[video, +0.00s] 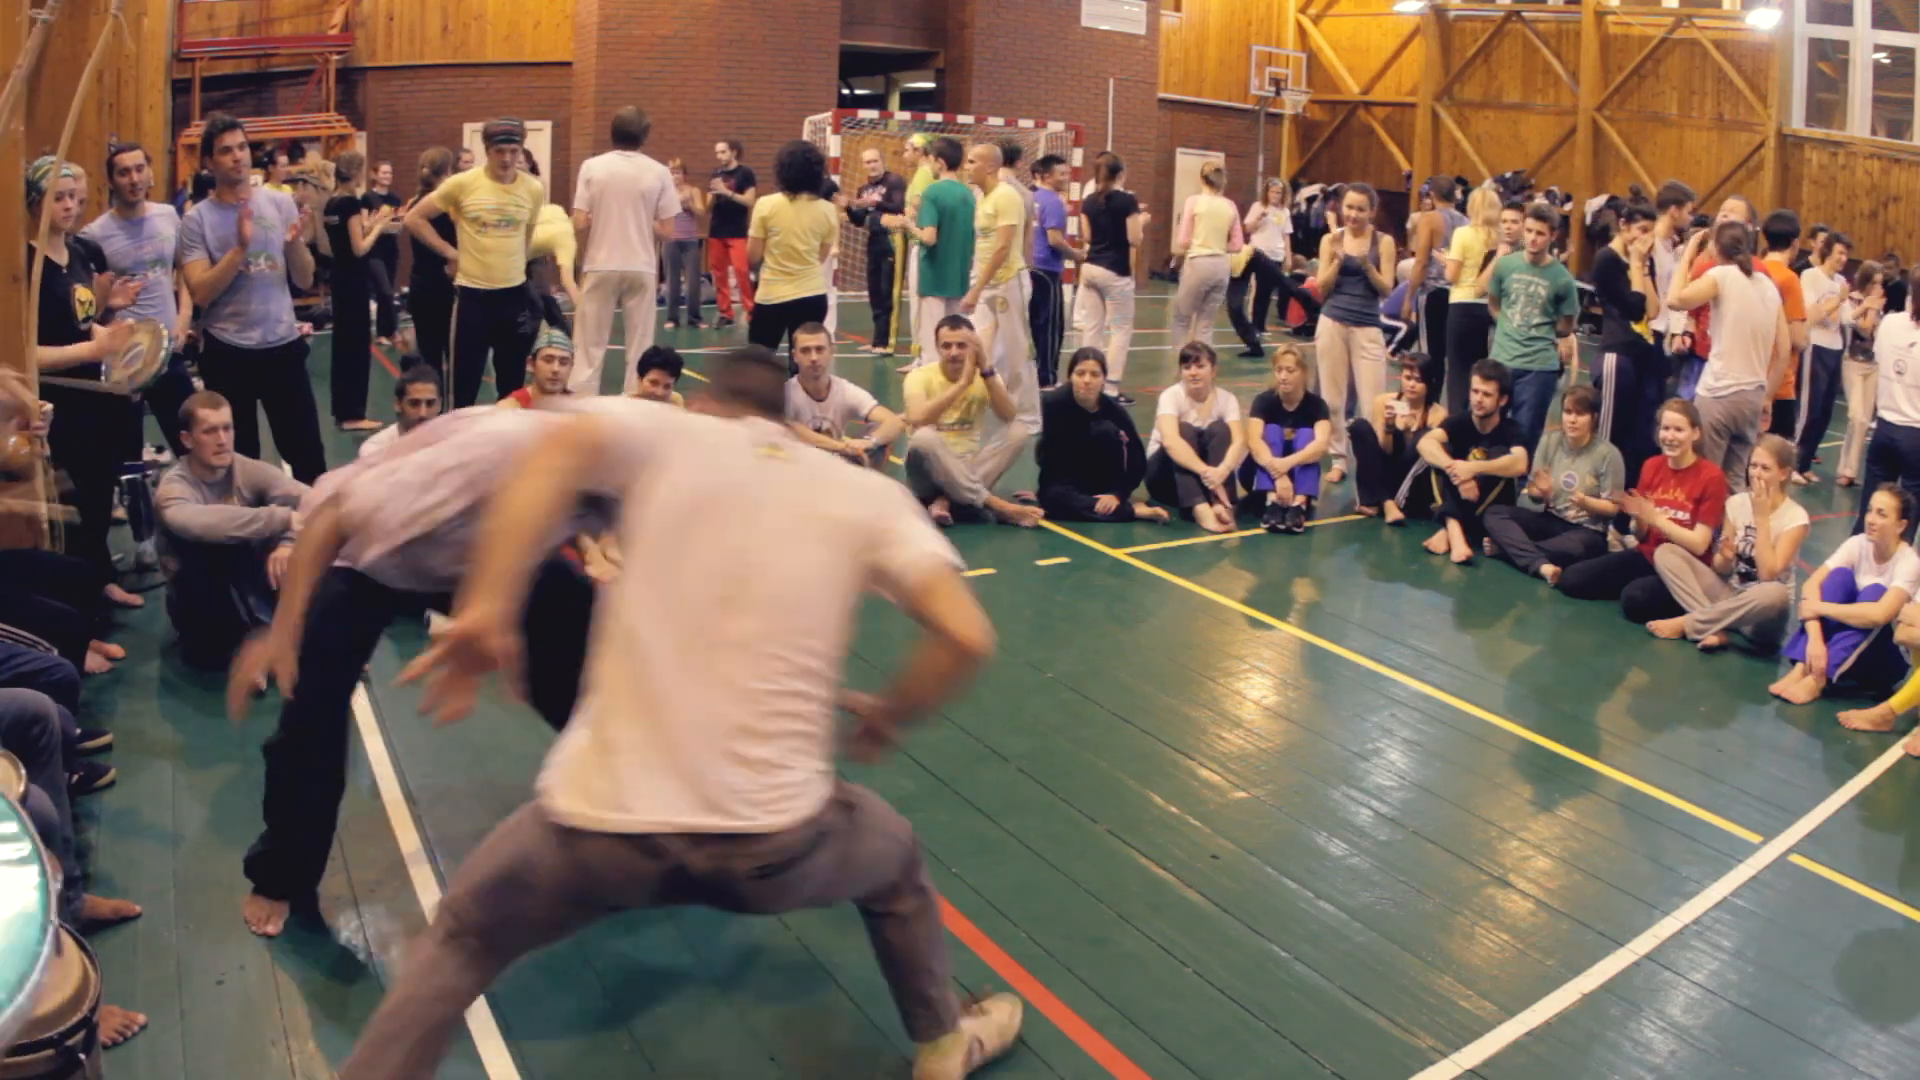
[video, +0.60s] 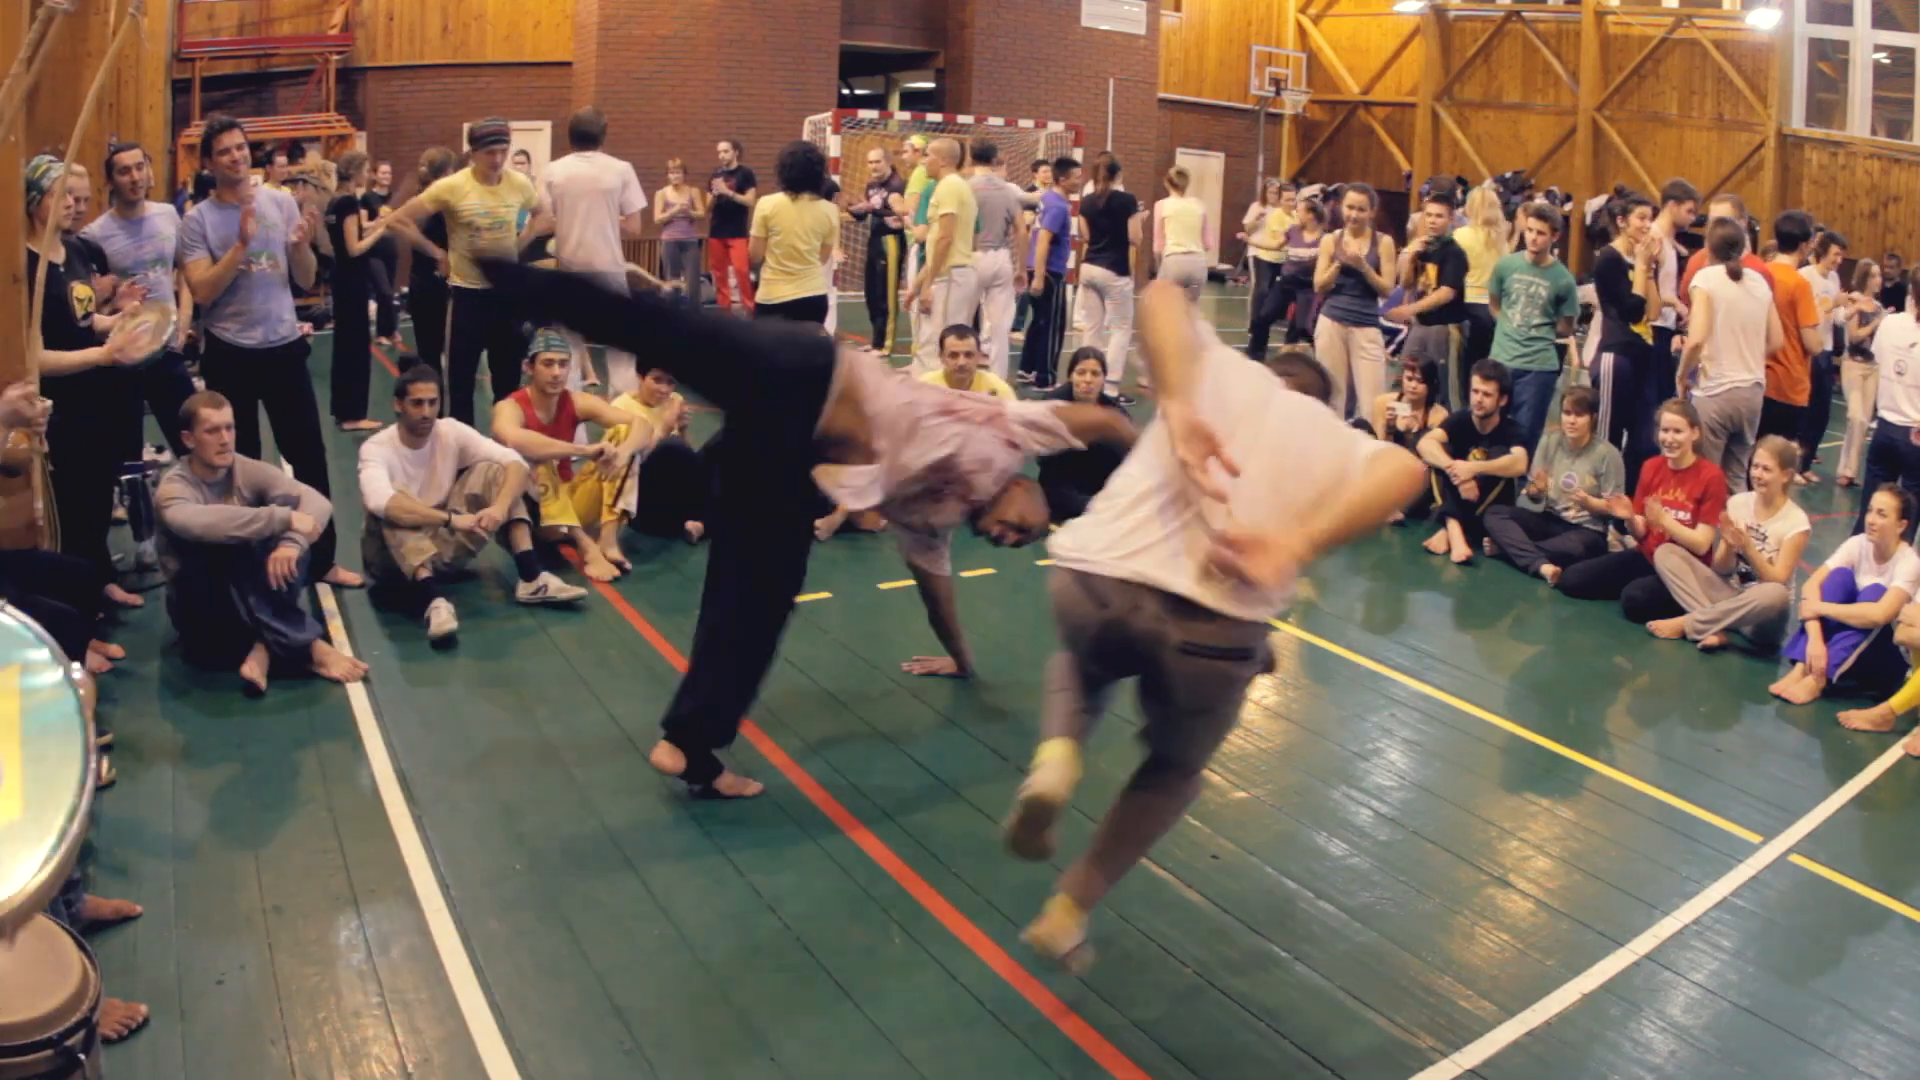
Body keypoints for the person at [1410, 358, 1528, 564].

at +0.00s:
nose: (1478, 399)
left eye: (1487, 395)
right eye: (1475, 392)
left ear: (1503, 400)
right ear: (1469, 392)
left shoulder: (1511, 428)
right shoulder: (1459, 420)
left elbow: (1520, 465)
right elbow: (1425, 444)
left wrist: (1473, 467)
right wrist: (1459, 475)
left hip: (1493, 511)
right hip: (1454, 506)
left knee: (1499, 456)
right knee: (1438, 455)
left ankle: (1449, 529)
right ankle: (1454, 530)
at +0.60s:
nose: (1478, 399)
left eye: (1487, 395)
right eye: (1475, 392)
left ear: (1502, 400)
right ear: (1469, 391)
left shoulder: (1510, 428)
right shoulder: (1460, 419)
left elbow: (1519, 464)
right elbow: (1426, 443)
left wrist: (1473, 468)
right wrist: (1459, 474)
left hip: (1492, 509)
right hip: (1454, 503)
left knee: (1499, 456)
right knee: (1438, 455)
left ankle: (1449, 527)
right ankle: (1454, 528)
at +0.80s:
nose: (1478, 400)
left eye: (1487, 395)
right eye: (1475, 392)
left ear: (1502, 400)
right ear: (1469, 392)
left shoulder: (1510, 428)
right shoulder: (1460, 420)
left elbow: (1519, 465)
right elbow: (1425, 443)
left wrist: (1473, 468)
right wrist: (1458, 474)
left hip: (1494, 509)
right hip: (1458, 503)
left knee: (1499, 455)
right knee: (1438, 453)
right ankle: (1452, 524)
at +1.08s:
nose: (1479, 399)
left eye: (1487, 394)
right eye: (1475, 392)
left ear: (1503, 400)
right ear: (1469, 392)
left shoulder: (1510, 428)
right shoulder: (1458, 420)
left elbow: (1519, 465)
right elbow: (1425, 443)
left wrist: (1473, 468)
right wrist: (1452, 467)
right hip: (1453, 501)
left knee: (1499, 454)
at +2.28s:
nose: (1479, 399)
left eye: (1487, 395)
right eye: (1475, 392)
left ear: (1503, 400)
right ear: (1469, 392)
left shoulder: (1510, 429)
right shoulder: (1459, 422)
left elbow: (1519, 464)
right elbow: (1426, 443)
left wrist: (1473, 467)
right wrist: (1458, 473)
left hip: (1492, 512)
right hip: (1453, 503)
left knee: (1502, 457)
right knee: (1438, 457)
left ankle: (1450, 529)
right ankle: (1454, 529)